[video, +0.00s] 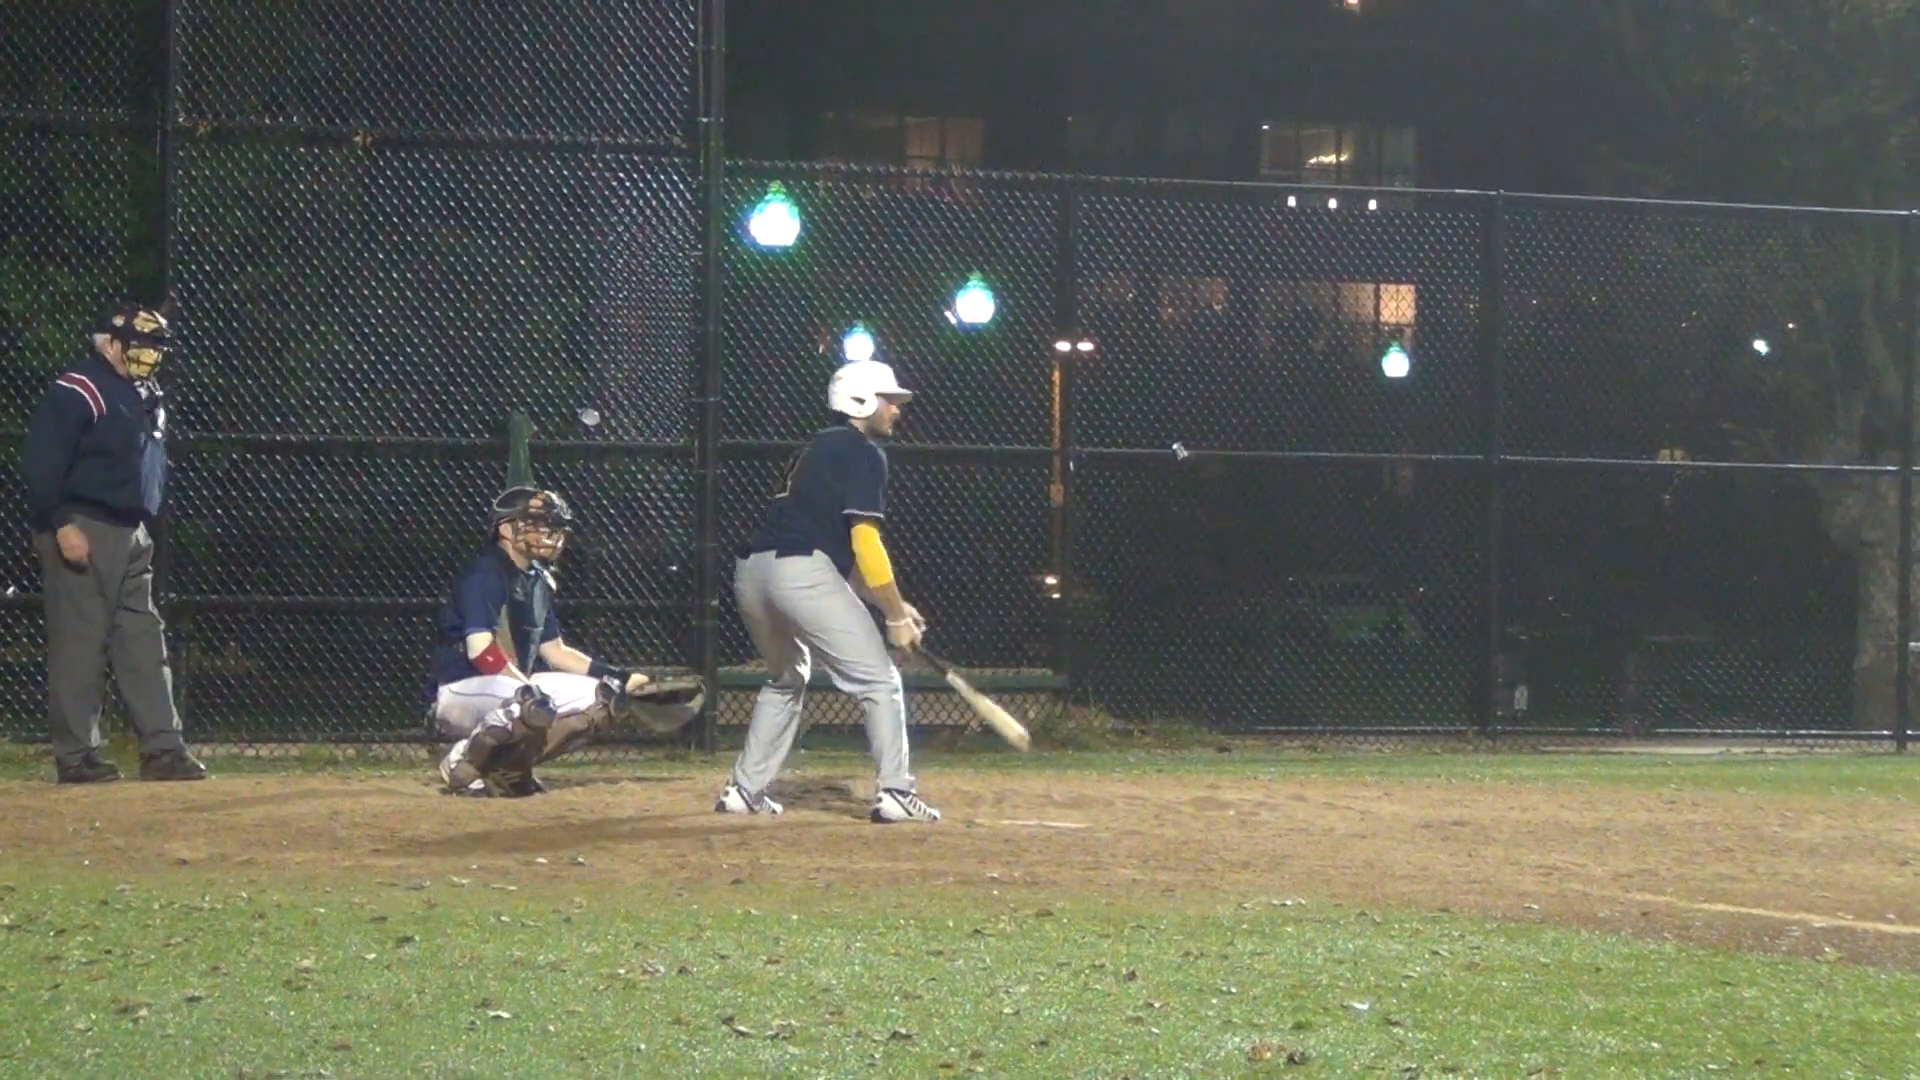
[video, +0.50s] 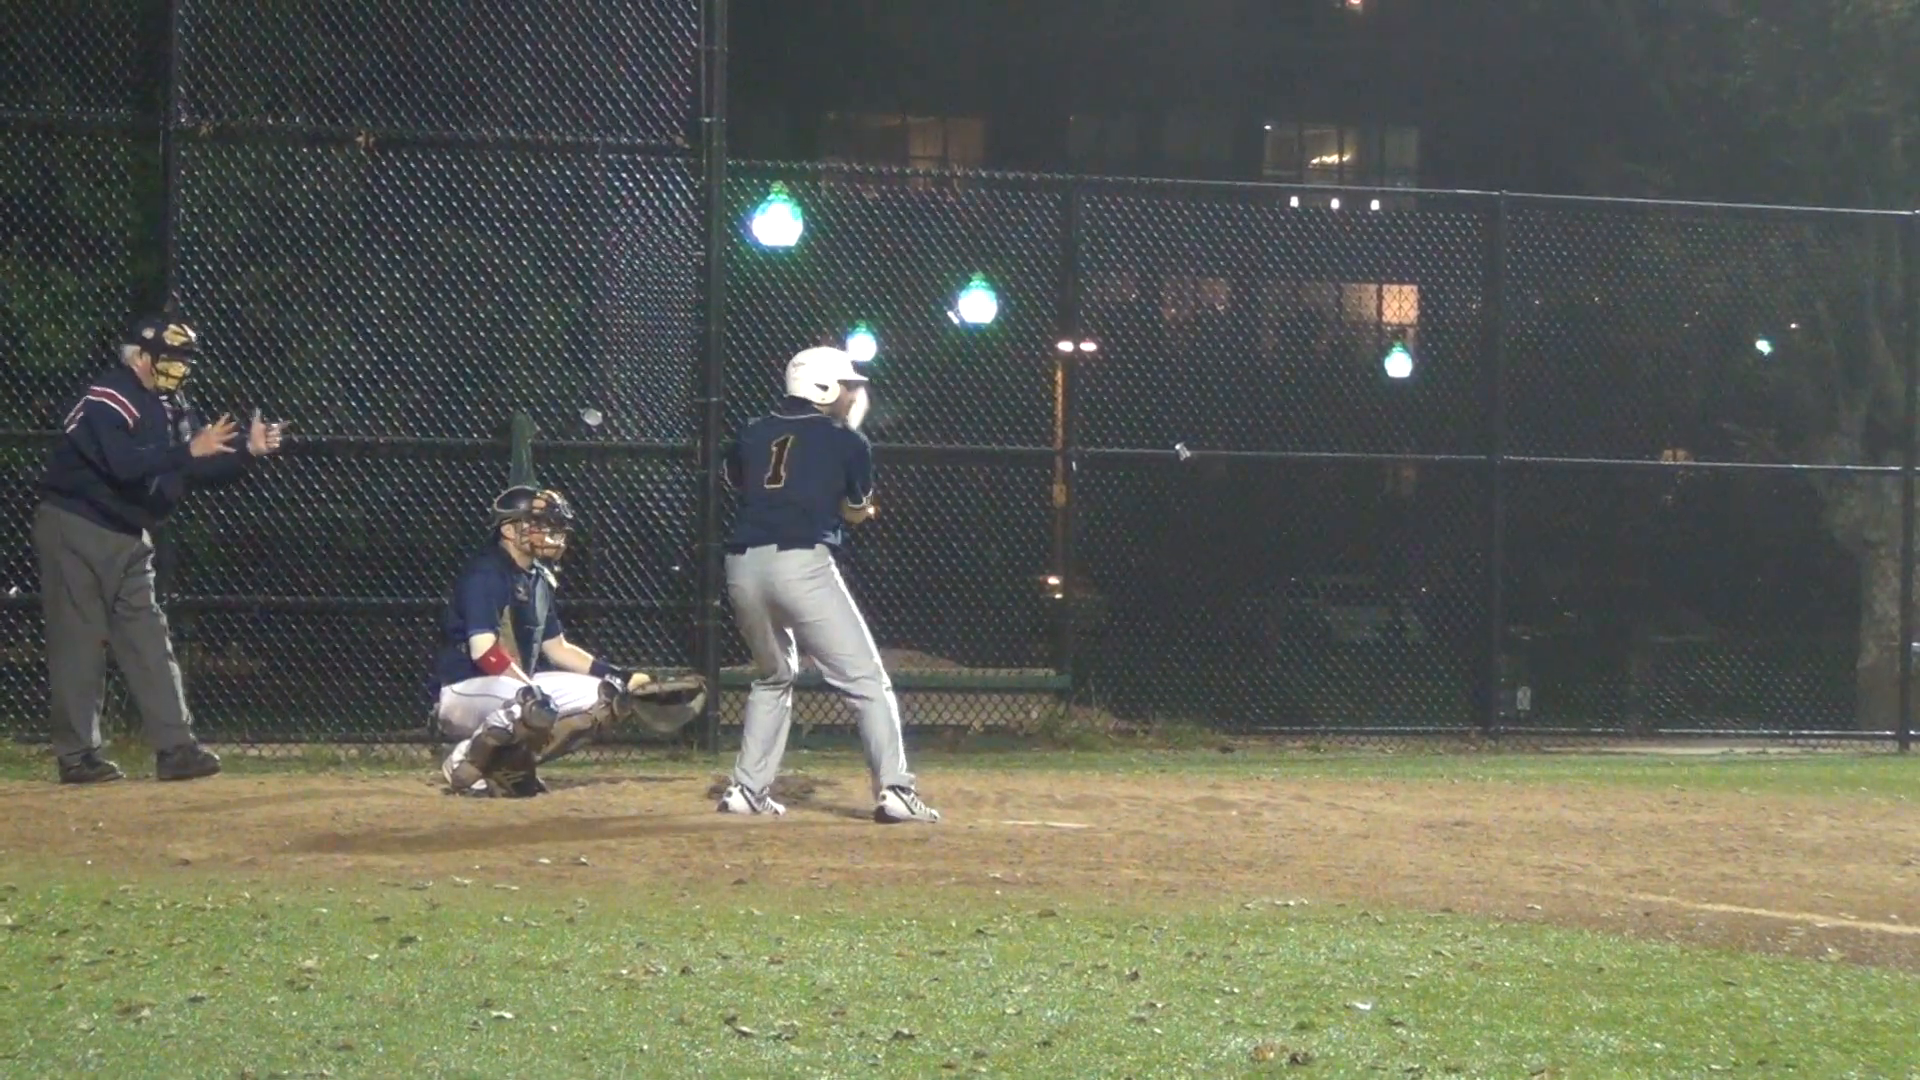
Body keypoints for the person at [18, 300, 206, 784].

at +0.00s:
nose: (149, 355)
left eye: (154, 347)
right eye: (140, 345)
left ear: (155, 349)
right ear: (113, 342)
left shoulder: (144, 394)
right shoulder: (79, 386)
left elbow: (143, 465)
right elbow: (40, 459)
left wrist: (142, 522)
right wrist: (61, 523)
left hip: (132, 534)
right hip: (80, 531)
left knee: (142, 641)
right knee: (79, 642)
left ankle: (163, 751)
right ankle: (75, 757)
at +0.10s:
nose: (146, 356)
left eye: (152, 347)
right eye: (138, 346)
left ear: (154, 349)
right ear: (111, 344)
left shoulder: (142, 394)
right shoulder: (78, 390)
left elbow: (140, 464)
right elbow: (40, 462)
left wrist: (141, 521)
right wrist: (76, 516)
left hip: (130, 535)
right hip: (76, 535)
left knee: (143, 640)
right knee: (78, 642)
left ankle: (164, 751)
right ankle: (75, 756)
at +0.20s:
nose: (150, 359)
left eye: (155, 350)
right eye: (142, 348)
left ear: (155, 351)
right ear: (114, 345)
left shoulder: (144, 395)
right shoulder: (83, 390)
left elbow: (139, 469)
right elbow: (45, 466)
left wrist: (163, 505)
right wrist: (104, 498)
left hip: (127, 533)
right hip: (72, 530)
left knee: (152, 628)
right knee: (78, 637)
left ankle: (166, 749)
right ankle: (76, 756)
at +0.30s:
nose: (155, 361)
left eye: (160, 352)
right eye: (147, 350)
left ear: (162, 354)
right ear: (118, 348)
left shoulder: (151, 400)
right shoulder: (85, 393)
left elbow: (146, 481)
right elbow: (68, 470)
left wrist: (192, 476)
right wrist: (139, 475)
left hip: (126, 536)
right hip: (73, 532)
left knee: (154, 627)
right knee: (77, 638)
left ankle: (171, 746)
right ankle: (76, 755)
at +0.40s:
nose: (163, 364)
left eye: (167, 356)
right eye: (154, 354)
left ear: (168, 358)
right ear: (124, 352)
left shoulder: (156, 403)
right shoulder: (93, 396)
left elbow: (166, 466)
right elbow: (99, 464)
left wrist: (217, 454)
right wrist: (167, 456)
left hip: (124, 535)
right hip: (72, 530)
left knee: (145, 634)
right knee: (77, 637)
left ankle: (175, 745)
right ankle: (76, 755)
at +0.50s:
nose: (175, 368)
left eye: (181, 360)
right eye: (167, 357)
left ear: (184, 362)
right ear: (139, 355)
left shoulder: (171, 410)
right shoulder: (108, 394)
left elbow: (195, 469)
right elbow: (122, 462)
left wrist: (246, 450)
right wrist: (187, 452)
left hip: (128, 537)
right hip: (74, 529)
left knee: (147, 638)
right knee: (78, 639)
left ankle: (176, 748)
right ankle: (79, 756)